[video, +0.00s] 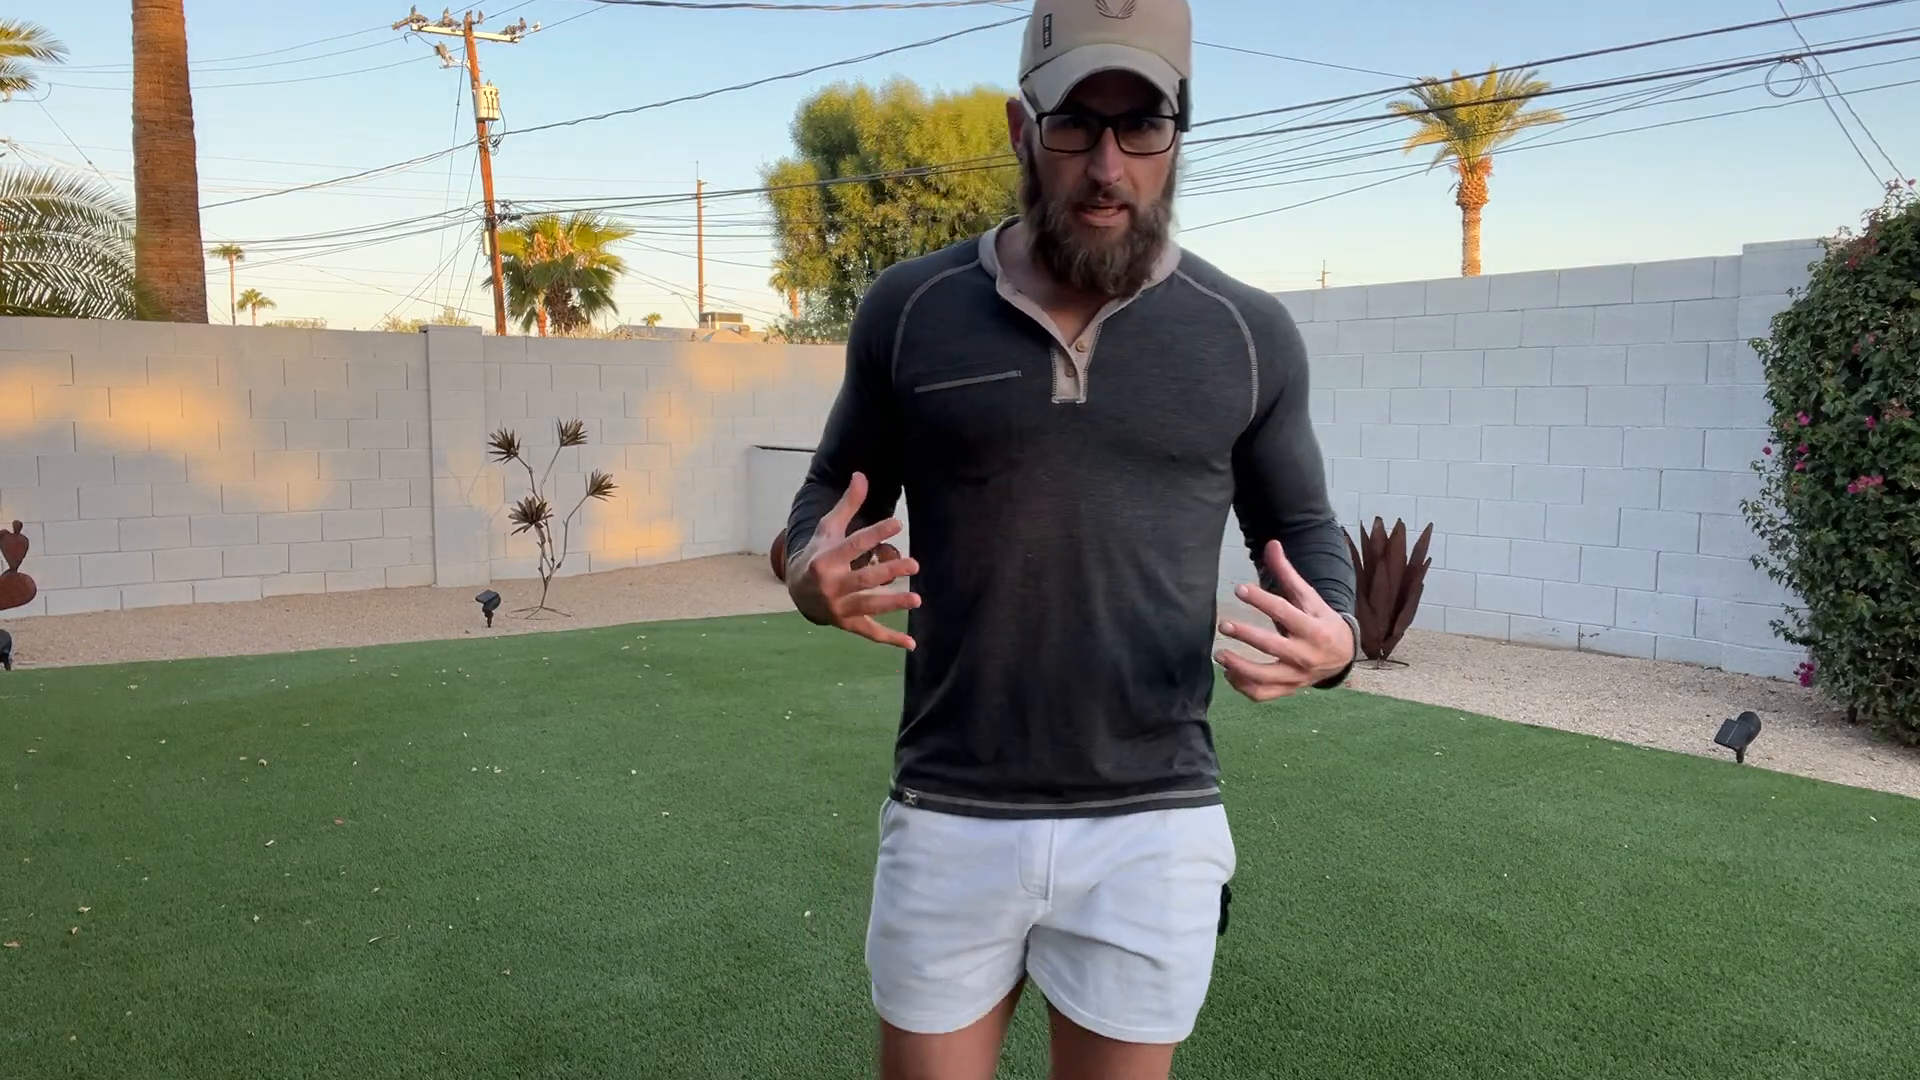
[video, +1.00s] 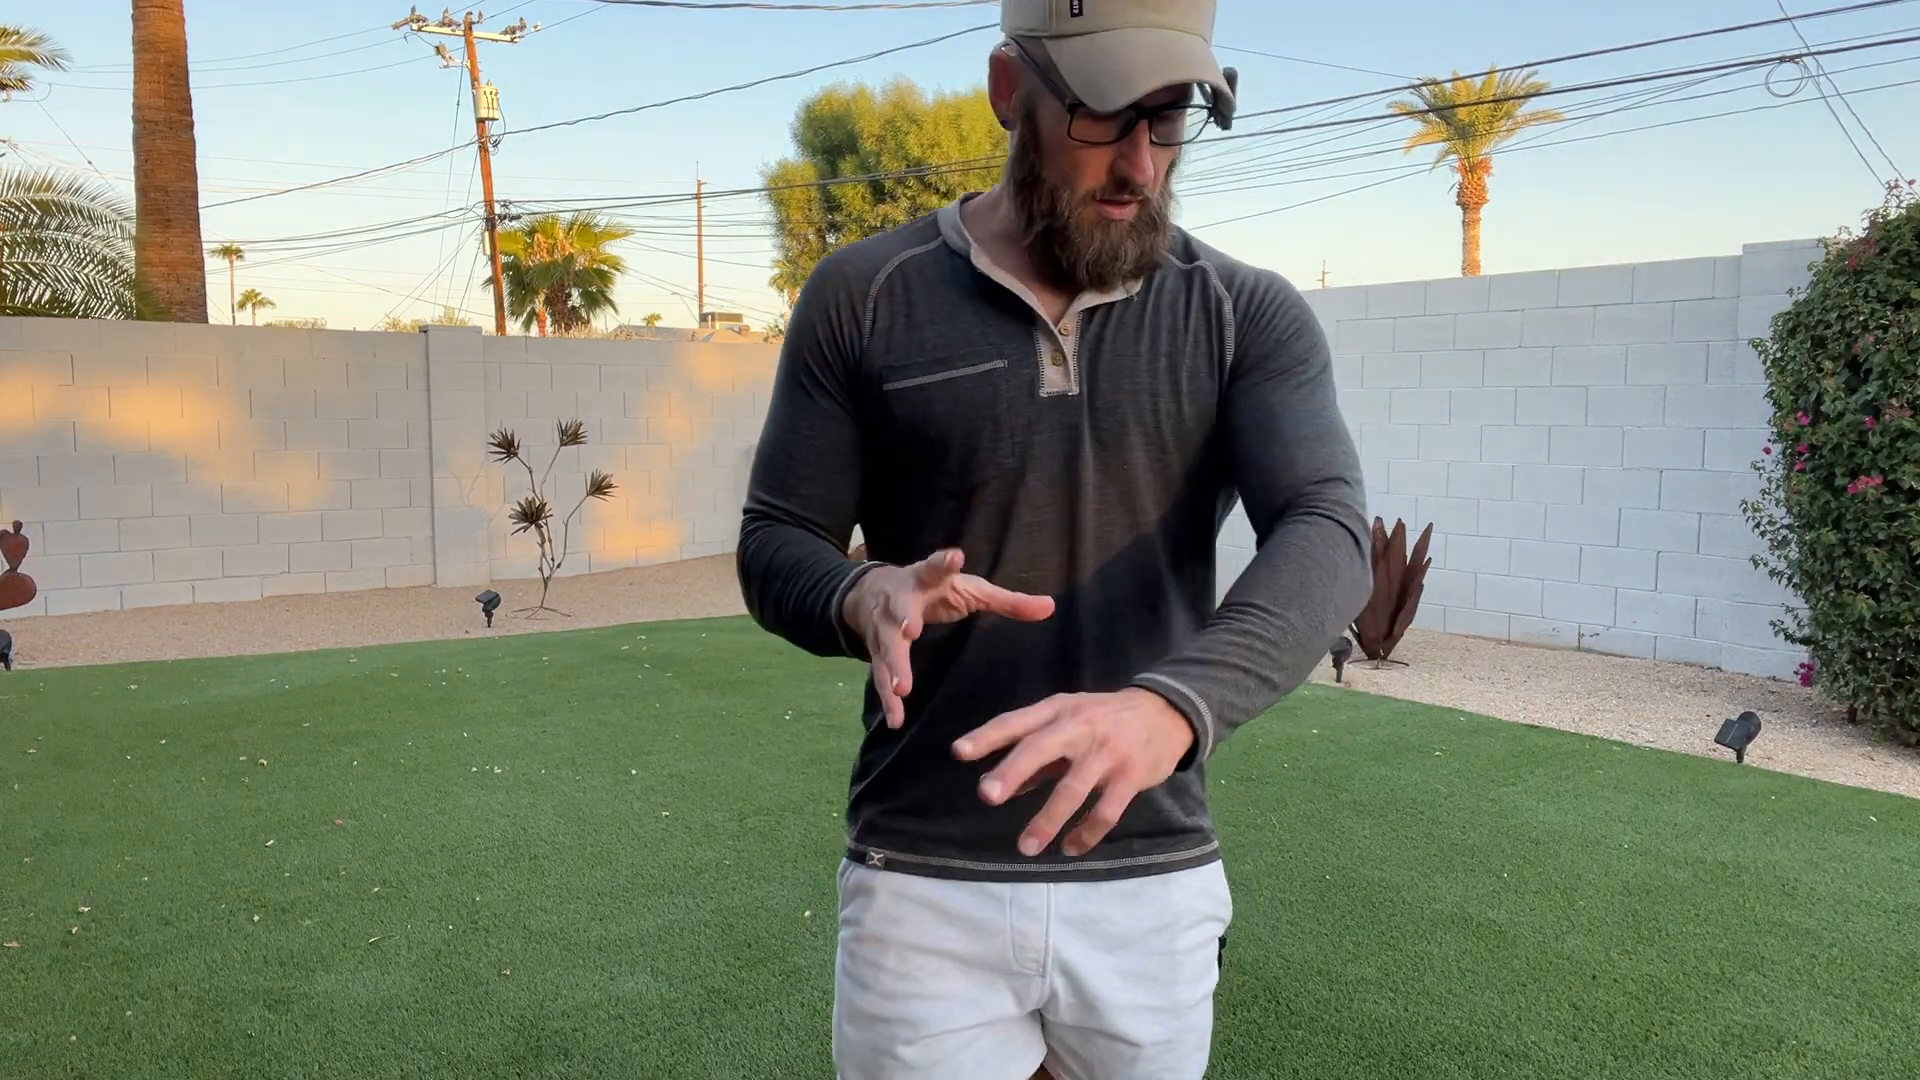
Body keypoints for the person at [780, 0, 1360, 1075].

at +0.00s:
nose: (1107, 164)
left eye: (1139, 130)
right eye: (1075, 128)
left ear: (1176, 144)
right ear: (1025, 134)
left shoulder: (1251, 336)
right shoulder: (911, 311)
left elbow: (1301, 536)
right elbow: (836, 490)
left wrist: (1332, 640)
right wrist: (807, 572)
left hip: (1155, 821)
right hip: (951, 814)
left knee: (1125, 1063)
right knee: (928, 1062)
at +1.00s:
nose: (1139, 164)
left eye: (1167, 122)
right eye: (1100, 118)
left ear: (1194, 112)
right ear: (1010, 89)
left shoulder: (1248, 317)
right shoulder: (862, 300)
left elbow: (1324, 535)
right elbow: (778, 539)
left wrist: (1174, 705)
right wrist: (861, 599)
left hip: (1153, 896)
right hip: (925, 893)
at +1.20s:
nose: (1066, 146)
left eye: (1097, 102)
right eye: (1027, 101)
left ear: (1128, 95)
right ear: (938, 67)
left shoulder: (1198, 300)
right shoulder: (800, 285)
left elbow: (1234, 533)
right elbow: (709, 552)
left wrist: (1042, 723)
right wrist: (854, 585)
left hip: (1115, 906)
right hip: (877, 910)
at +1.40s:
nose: (975, 97)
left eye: (1013, 53)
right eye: (930, 50)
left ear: (1051, 67)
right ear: (858, 57)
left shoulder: (1140, 286)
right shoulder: (734, 278)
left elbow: (1092, 561)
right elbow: (671, 554)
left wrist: (857, 742)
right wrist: (946, 553)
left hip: (1072, 921)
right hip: (819, 923)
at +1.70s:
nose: (881, 74)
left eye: (922, 27)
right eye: (836, 25)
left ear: (966, 45)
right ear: (768, 35)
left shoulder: (1072, 273)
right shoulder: (659, 289)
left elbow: (1115, 556)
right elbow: (611, 574)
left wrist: (860, 672)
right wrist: (892, 550)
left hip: (1032, 920)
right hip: (776, 939)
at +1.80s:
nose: (859, 75)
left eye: (902, 26)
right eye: (815, 26)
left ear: (950, 43)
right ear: (752, 35)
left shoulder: (1072, 279)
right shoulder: (641, 299)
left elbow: (1200, 550)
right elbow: (568, 598)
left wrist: (1026, 630)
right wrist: (721, 565)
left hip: (1028, 929)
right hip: (767, 947)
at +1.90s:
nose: (850, 89)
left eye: (893, 39)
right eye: (804, 40)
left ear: (945, 47)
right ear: (741, 40)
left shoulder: (1079, 278)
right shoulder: (639, 299)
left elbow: (1238, 527)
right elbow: (567, 631)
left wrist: (1240, 614)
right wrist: (523, 618)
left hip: (1033, 940)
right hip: (764, 957)